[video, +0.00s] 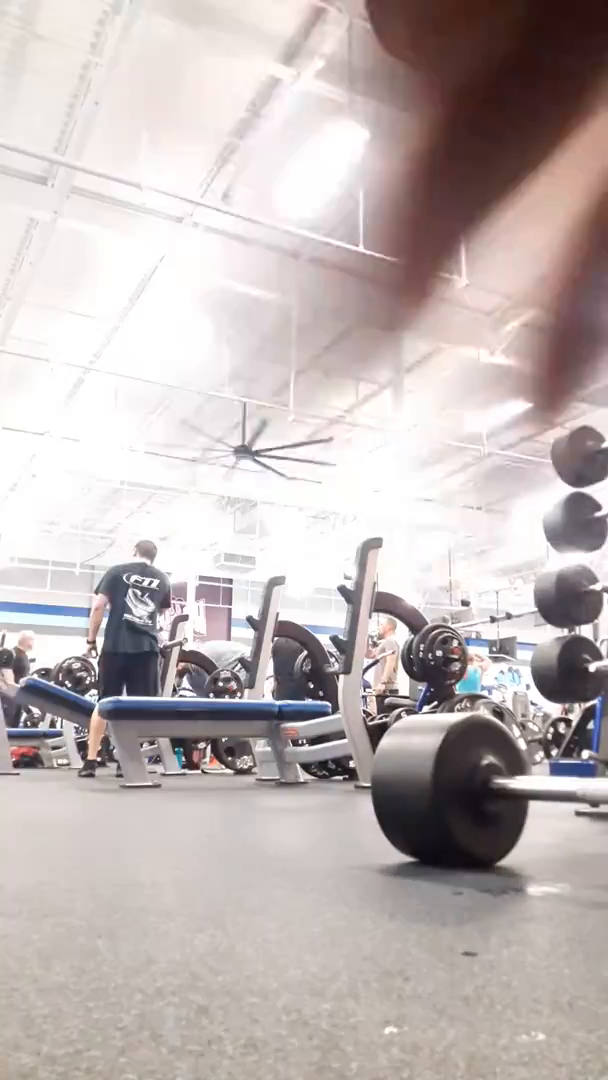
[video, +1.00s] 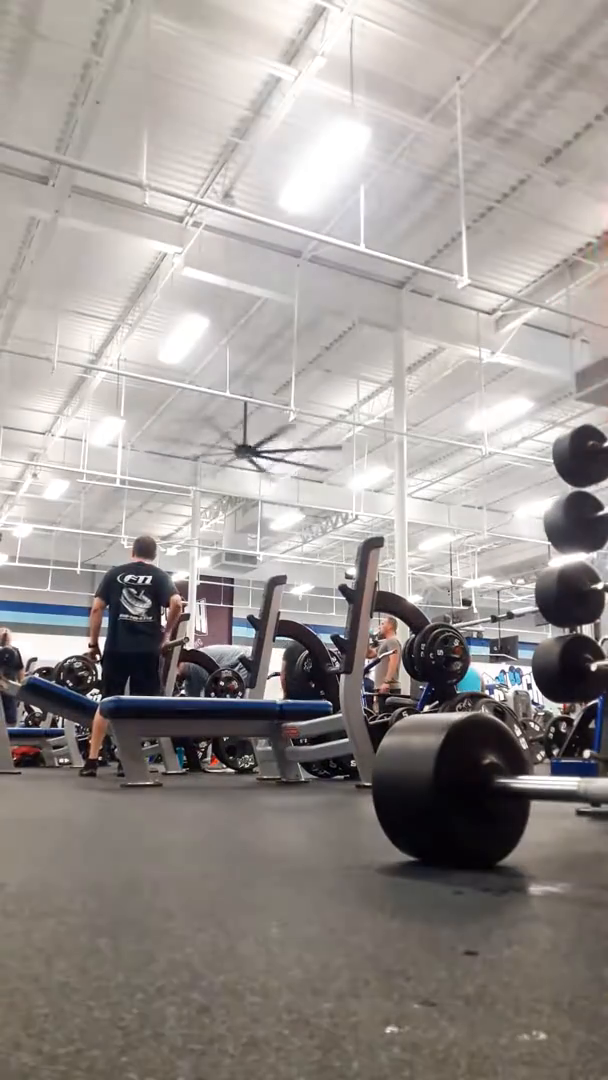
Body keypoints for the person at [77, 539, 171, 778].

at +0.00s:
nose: (133, 553)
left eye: (133, 551)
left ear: (134, 552)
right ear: (154, 557)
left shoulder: (117, 571)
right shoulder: (163, 579)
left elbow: (99, 605)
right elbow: (163, 610)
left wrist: (92, 639)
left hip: (115, 648)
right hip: (145, 649)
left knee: (104, 703)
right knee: (140, 707)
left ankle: (91, 760)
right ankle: (130, 763)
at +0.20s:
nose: (131, 553)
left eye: (133, 550)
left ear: (134, 551)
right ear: (155, 557)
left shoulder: (117, 570)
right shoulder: (162, 578)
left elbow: (97, 605)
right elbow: (164, 610)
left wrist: (90, 639)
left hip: (115, 647)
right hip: (146, 649)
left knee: (105, 704)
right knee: (140, 708)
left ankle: (91, 759)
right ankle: (130, 763)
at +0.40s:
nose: (131, 554)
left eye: (132, 551)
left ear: (133, 551)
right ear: (154, 556)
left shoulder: (116, 571)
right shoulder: (161, 578)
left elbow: (96, 606)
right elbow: (168, 613)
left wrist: (91, 640)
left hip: (115, 648)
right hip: (146, 650)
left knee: (105, 703)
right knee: (141, 707)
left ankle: (92, 759)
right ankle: (130, 763)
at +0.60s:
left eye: (133, 549)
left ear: (132, 551)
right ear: (153, 555)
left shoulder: (114, 572)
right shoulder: (160, 578)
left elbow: (96, 608)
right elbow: (178, 612)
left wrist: (91, 641)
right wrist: (160, 619)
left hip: (114, 649)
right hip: (145, 651)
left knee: (105, 703)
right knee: (144, 707)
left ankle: (92, 759)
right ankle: (132, 763)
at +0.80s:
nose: (131, 553)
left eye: (131, 550)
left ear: (132, 552)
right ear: (154, 556)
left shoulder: (115, 572)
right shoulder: (160, 576)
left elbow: (96, 608)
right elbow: (177, 604)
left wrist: (92, 642)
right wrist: (168, 635)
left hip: (116, 650)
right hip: (147, 652)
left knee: (106, 704)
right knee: (144, 707)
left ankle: (92, 759)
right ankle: (133, 763)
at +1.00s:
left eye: (132, 551)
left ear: (132, 552)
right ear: (154, 556)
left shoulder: (115, 573)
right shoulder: (160, 576)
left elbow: (97, 608)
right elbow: (176, 603)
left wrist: (93, 642)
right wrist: (167, 633)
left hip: (116, 650)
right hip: (147, 653)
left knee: (107, 704)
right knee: (145, 707)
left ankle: (92, 759)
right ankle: (135, 763)